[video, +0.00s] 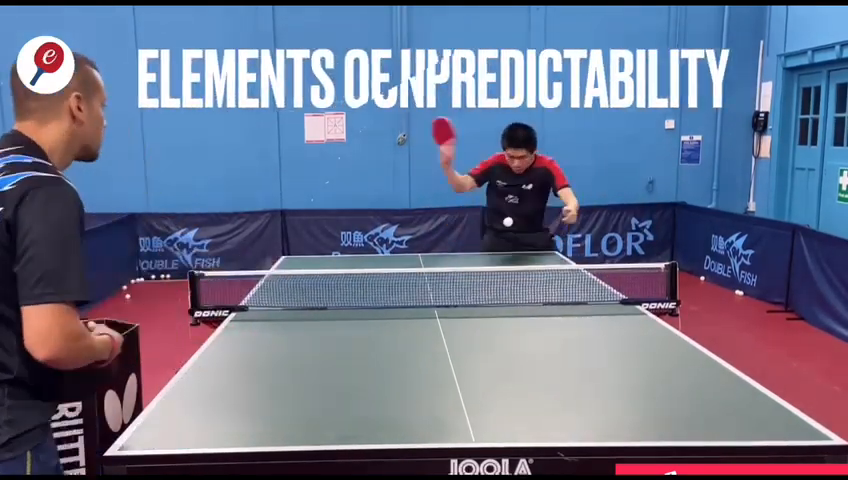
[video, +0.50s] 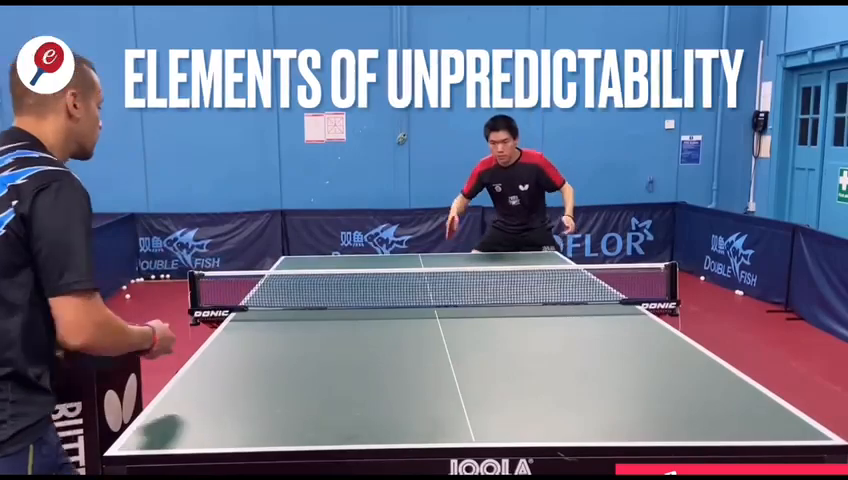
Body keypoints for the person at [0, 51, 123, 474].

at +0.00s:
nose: (104, 121)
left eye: (104, 108)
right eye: (102, 107)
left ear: (25, 105)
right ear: (76, 106)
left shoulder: (6, 168)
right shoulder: (46, 191)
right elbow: (50, 342)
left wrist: (75, 330)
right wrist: (102, 346)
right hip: (14, 437)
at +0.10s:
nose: (88, 113)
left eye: (88, 100)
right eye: (85, 99)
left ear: (9, 97)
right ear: (57, 100)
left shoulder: (9, 173)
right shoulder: (33, 188)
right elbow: (33, 341)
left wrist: (67, 332)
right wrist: (81, 344)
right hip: (12, 443)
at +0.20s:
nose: (78, 109)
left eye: (77, 94)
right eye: (74, 94)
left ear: (30, 97)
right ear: (45, 97)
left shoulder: (11, 178)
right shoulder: (26, 188)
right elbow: (27, 340)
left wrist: (64, 339)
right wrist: (76, 345)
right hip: (11, 445)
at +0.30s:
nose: (79, 109)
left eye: (77, 95)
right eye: (73, 95)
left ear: (35, 98)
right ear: (45, 98)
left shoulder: (11, 178)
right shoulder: (25, 188)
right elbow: (30, 338)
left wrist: (71, 340)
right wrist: (85, 346)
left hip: (11, 438)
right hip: (11, 443)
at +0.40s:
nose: (87, 113)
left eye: (86, 100)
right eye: (83, 99)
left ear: (9, 100)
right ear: (55, 99)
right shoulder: (35, 186)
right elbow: (48, 333)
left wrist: (88, 338)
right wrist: (110, 345)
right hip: (13, 439)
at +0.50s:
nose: (101, 122)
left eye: (100, 109)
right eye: (98, 107)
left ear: (24, 102)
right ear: (71, 104)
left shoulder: (6, 163)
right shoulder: (52, 185)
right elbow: (79, 328)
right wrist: (146, 337)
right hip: (15, 430)